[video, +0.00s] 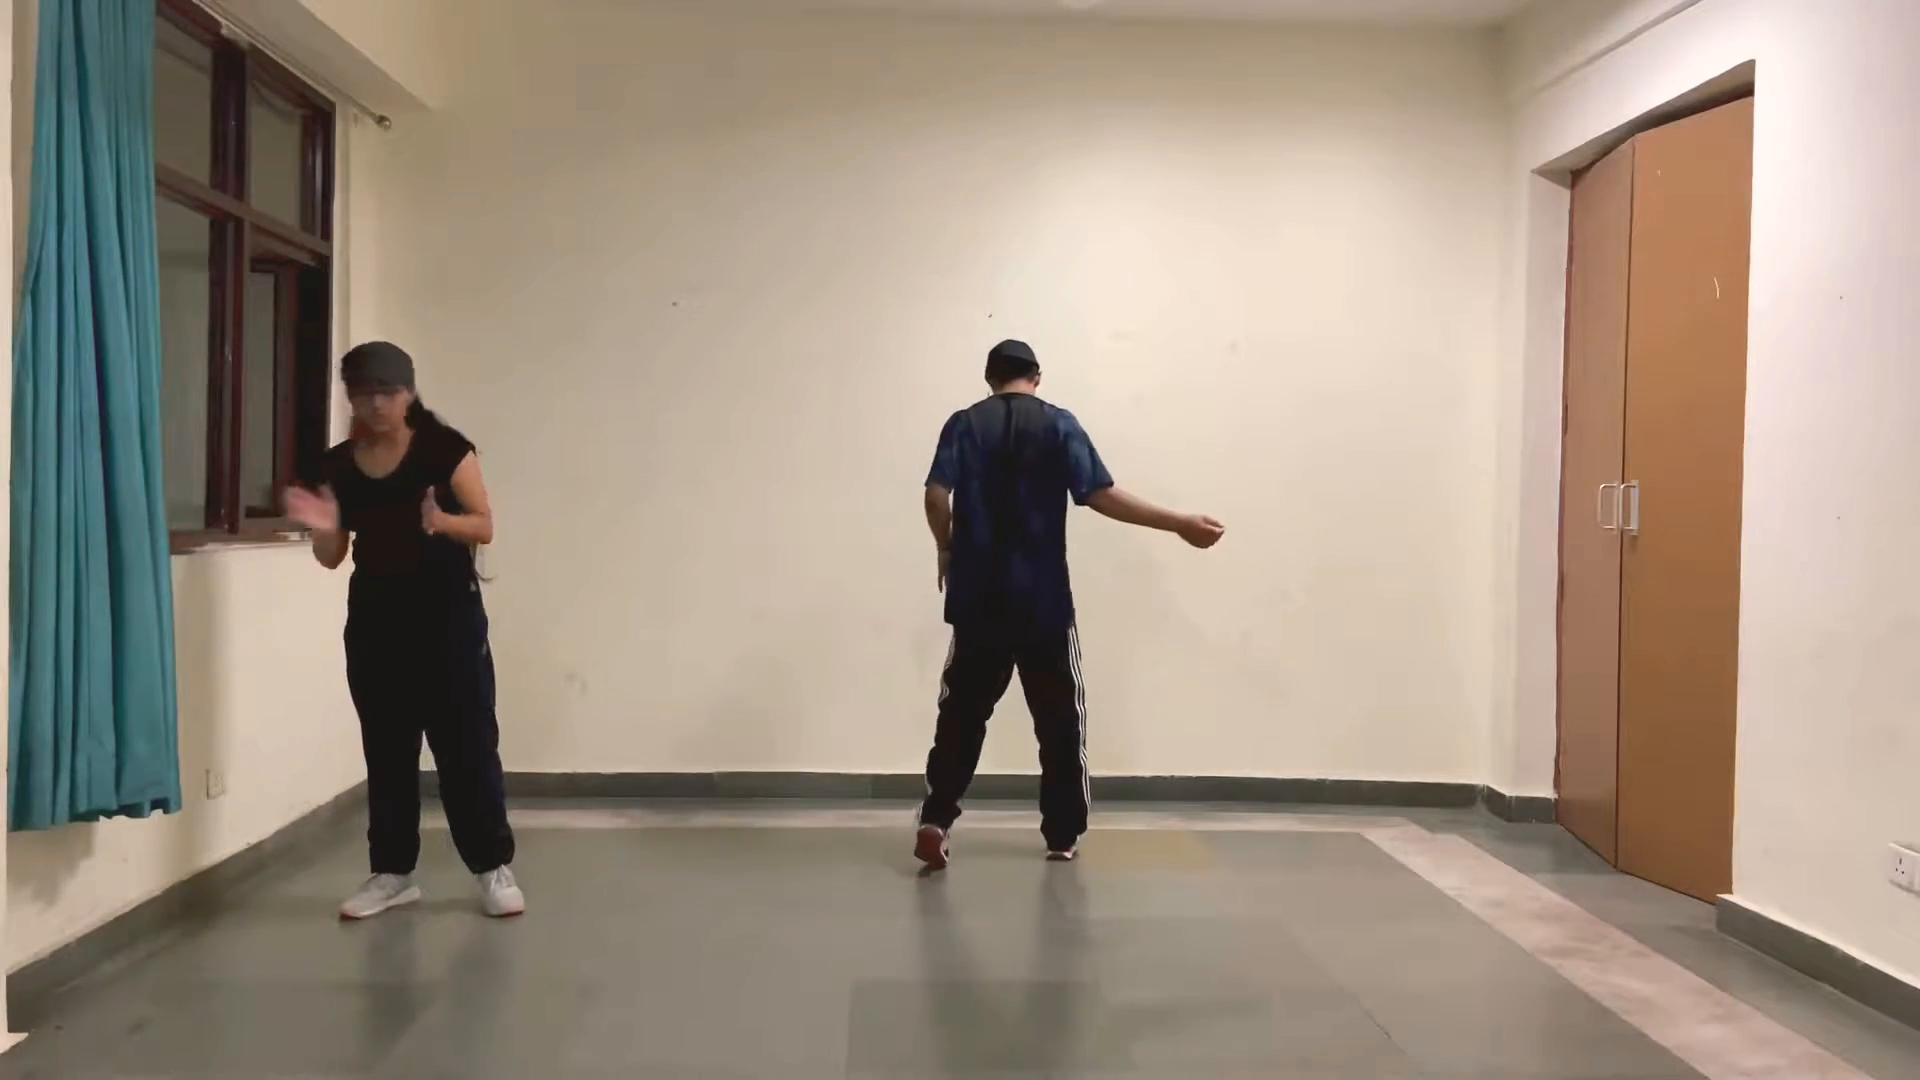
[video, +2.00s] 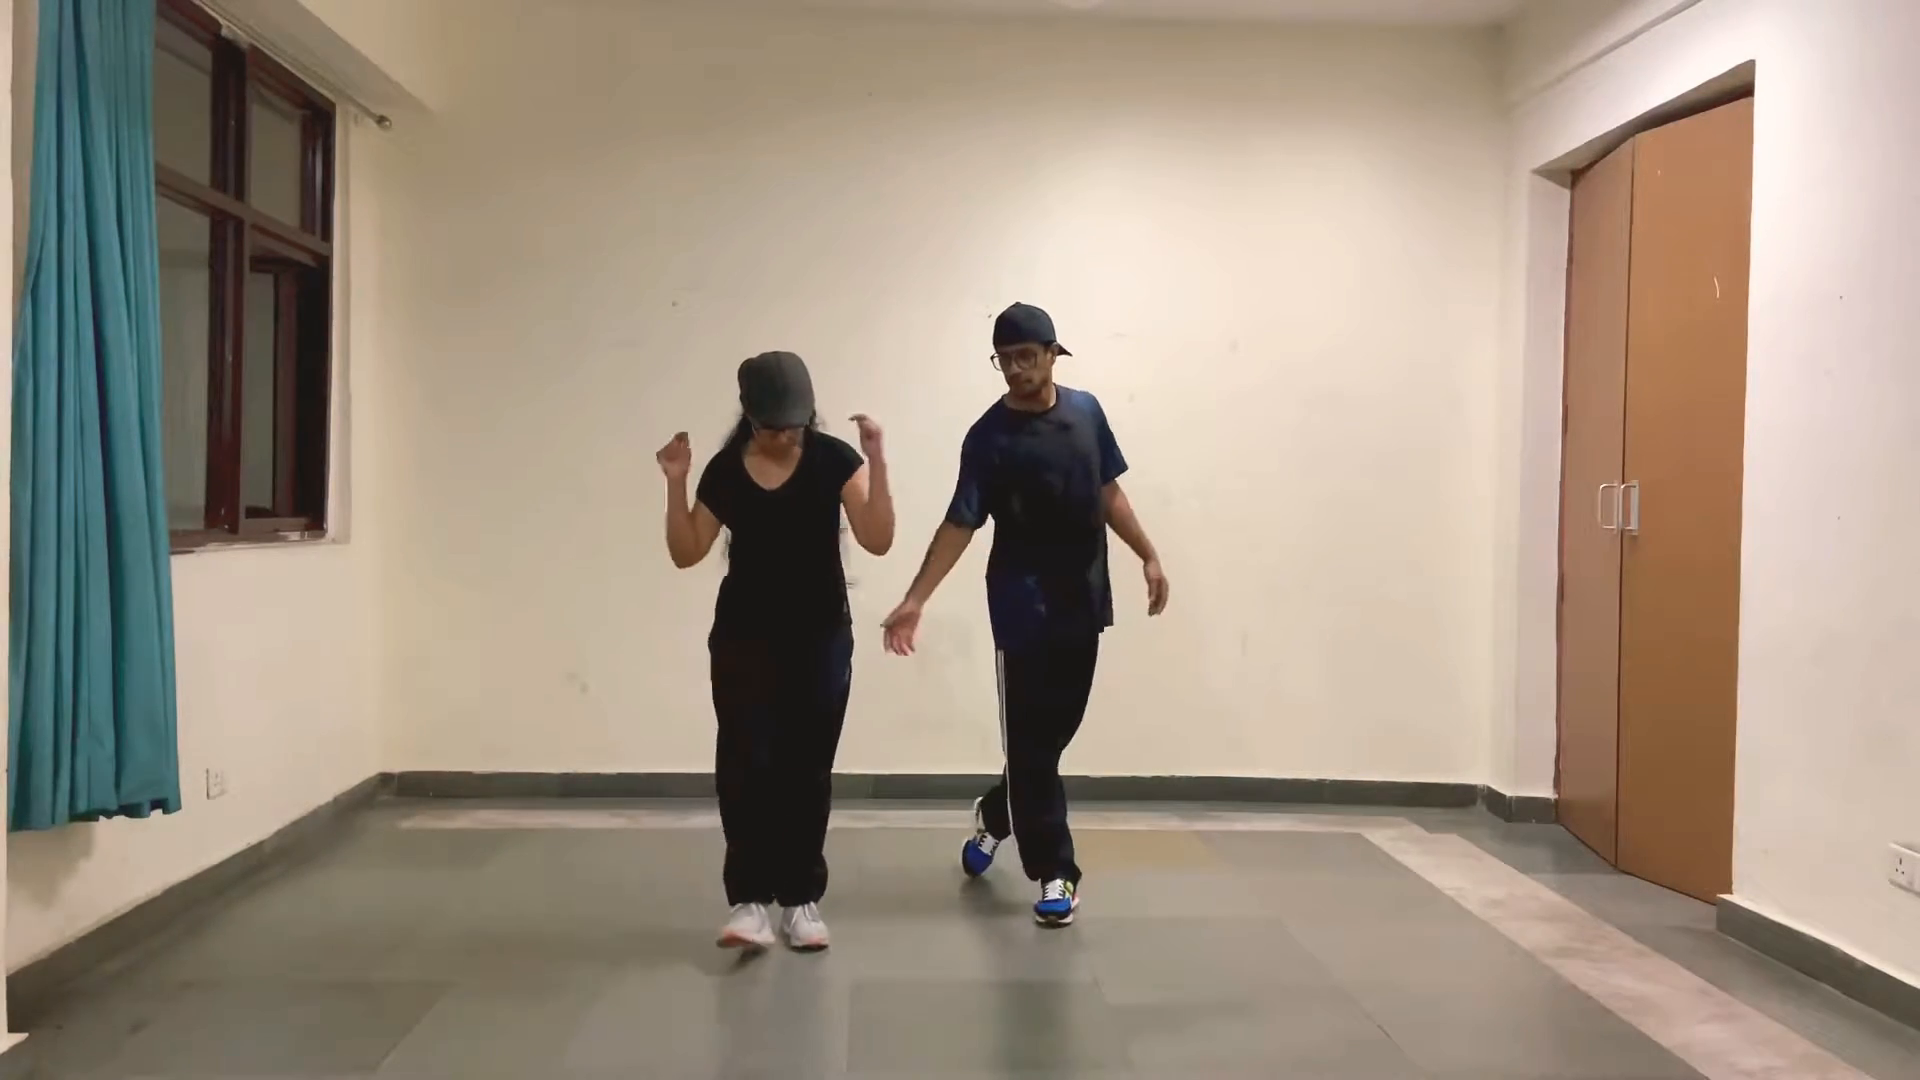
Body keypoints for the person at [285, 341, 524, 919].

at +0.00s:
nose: (378, 404)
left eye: (389, 392)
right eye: (366, 394)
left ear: (410, 393)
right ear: (350, 399)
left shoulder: (445, 448)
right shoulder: (340, 466)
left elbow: (483, 528)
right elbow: (329, 557)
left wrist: (443, 521)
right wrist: (327, 525)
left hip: (448, 622)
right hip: (377, 624)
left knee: (468, 748)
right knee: (387, 753)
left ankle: (494, 868)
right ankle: (392, 874)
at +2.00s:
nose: (787, 436)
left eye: (795, 424)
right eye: (774, 427)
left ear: (808, 413)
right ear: (750, 417)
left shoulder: (832, 457)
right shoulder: (728, 468)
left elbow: (877, 540)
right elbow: (687, 552)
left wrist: (876, 463)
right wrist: (676, 483)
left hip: (819, 636)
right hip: (745, 635)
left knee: (807, 766)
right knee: (745, 766)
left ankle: (802, 903)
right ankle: (749, 905)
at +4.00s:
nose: (726, 440)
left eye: (738, 428)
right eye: (715, 428)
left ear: (760, 425)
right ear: (699, 424)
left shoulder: (787, 485)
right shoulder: (673, 477)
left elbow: (800, 560)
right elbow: (630, 550)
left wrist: (801, 625)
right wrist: (595, 622)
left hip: (747, 651)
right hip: (674, 645)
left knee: (735, 775)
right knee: (625, 762)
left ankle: (771, 900)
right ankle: (576, 887)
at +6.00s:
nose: (772, 424)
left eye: (782, 412)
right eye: (759, 414)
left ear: (799, 410)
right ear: (737, 416)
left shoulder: (830, 469)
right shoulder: (718, 481)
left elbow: (869, 539)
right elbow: (713, 562)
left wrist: (882, 582)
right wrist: (696, 641)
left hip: (836, 643)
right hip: (759, 649)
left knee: (850, 771)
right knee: (764, 782)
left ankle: (811, 906)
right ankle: (807, 917)